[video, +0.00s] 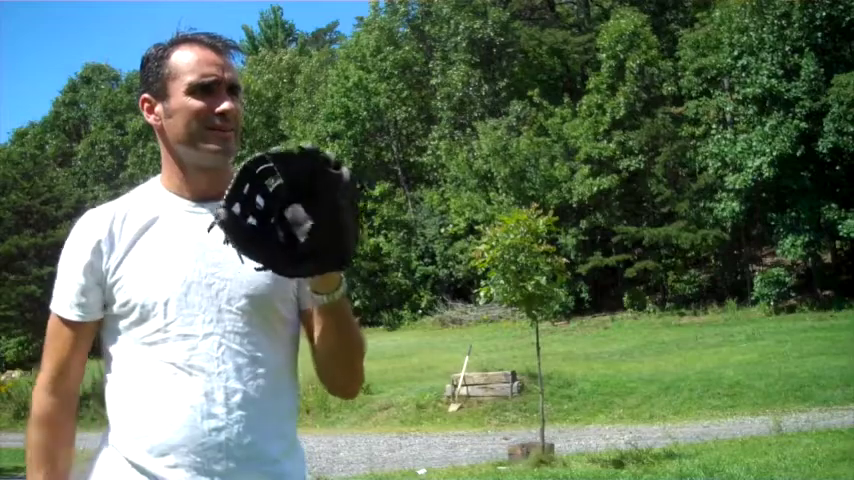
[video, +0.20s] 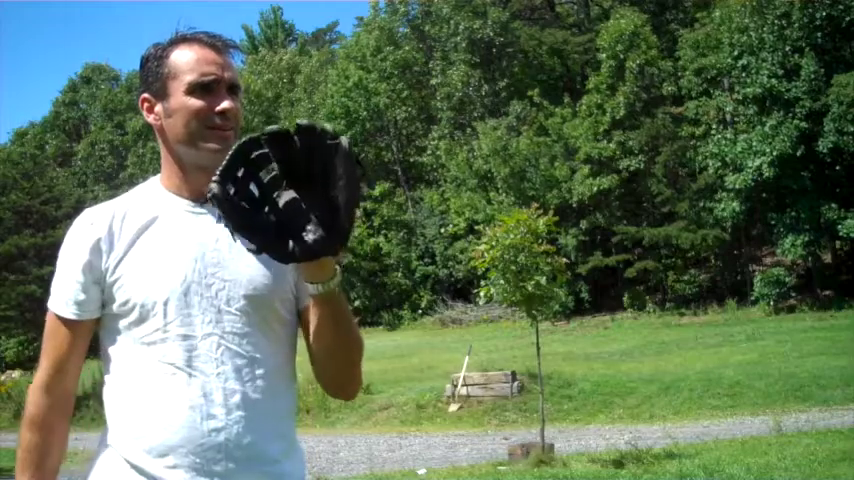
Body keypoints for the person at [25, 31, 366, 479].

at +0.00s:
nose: (227, 106)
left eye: (233, 91)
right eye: (205, 90)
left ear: (242, 104)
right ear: (154, 111)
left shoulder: (283, 223)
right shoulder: (103, 232)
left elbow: (347, 383)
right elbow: (56, 389)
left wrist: (328, 282)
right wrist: (45, 477)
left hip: (272, 470)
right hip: (141, 470)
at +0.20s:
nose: (227, 106)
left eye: (233, 90)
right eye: (205, 89)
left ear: (241, 104)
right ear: (153, 110)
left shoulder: (281, 226)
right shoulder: (101, 231)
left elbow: (345, 384)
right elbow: (51, 392)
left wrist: (321, 272)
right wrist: (29, 475)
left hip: (271, 469)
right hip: (141, 467)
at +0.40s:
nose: (224, 103)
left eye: (230, 89)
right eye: (201, 87)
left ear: (239, 103)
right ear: (150, 111)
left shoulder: (283, 224)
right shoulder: (99, 232)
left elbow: (347, 380)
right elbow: (56, 391)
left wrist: (325, 264)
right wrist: (38, 476)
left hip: (270, 469)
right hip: (140, 468)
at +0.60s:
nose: (211, 99)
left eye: (217, 86)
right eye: (187, 86)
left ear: (227, 99)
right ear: (139, 113)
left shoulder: (283, 221)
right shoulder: (98, 234)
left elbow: (367, 357)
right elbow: (59, 395)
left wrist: (329, 235)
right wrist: (41, 477)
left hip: (268, 467)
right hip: (141, 468)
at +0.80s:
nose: (189, 99)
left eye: (196, 85)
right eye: (164, 87)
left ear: (211, 101)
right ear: (121, 114)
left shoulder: (275, 208)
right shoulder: (90, 242)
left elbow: (375, 307)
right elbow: (64, 406)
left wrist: (330, 189)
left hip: (264, 468)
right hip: (138, 471)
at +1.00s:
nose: (169, 102)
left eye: (179, 88)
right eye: (147, 91)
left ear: (194, 98)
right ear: (107, 112)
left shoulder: (267, 200)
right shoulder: (87, 245)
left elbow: (354, 307)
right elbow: (77, 396)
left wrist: (273, 227)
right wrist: (48, 474)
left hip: (258, 465)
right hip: (136, 469)